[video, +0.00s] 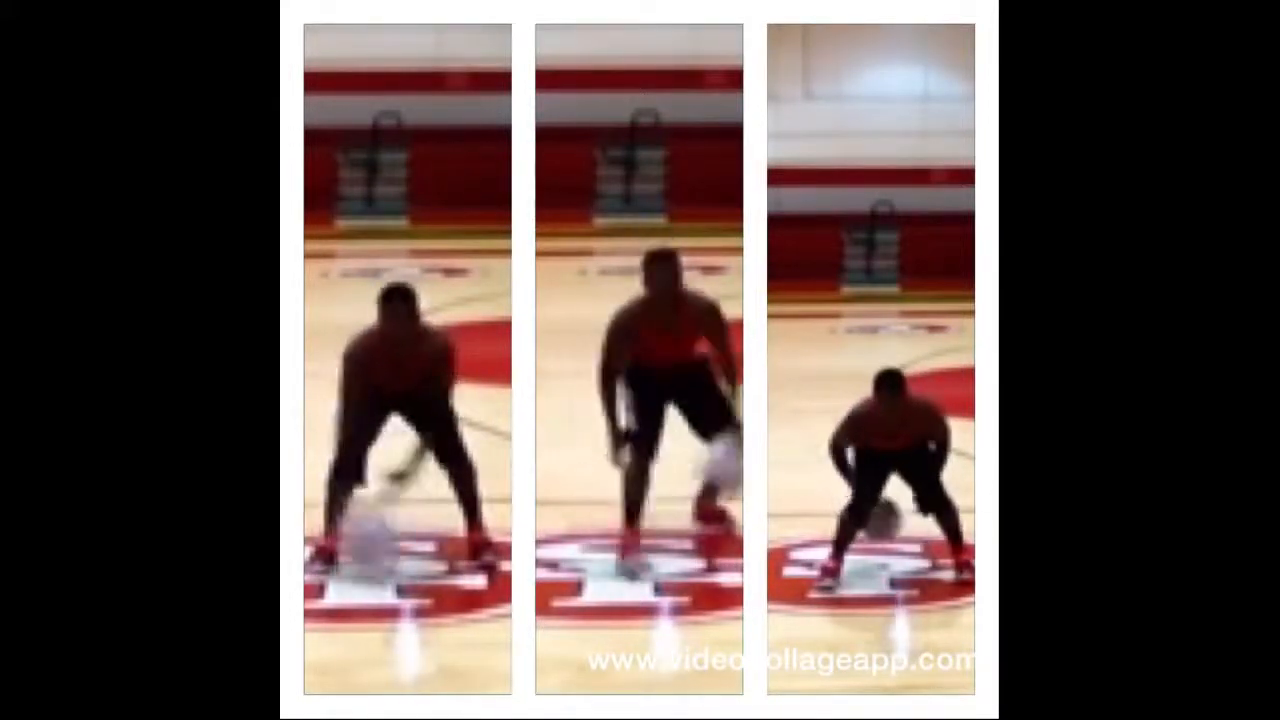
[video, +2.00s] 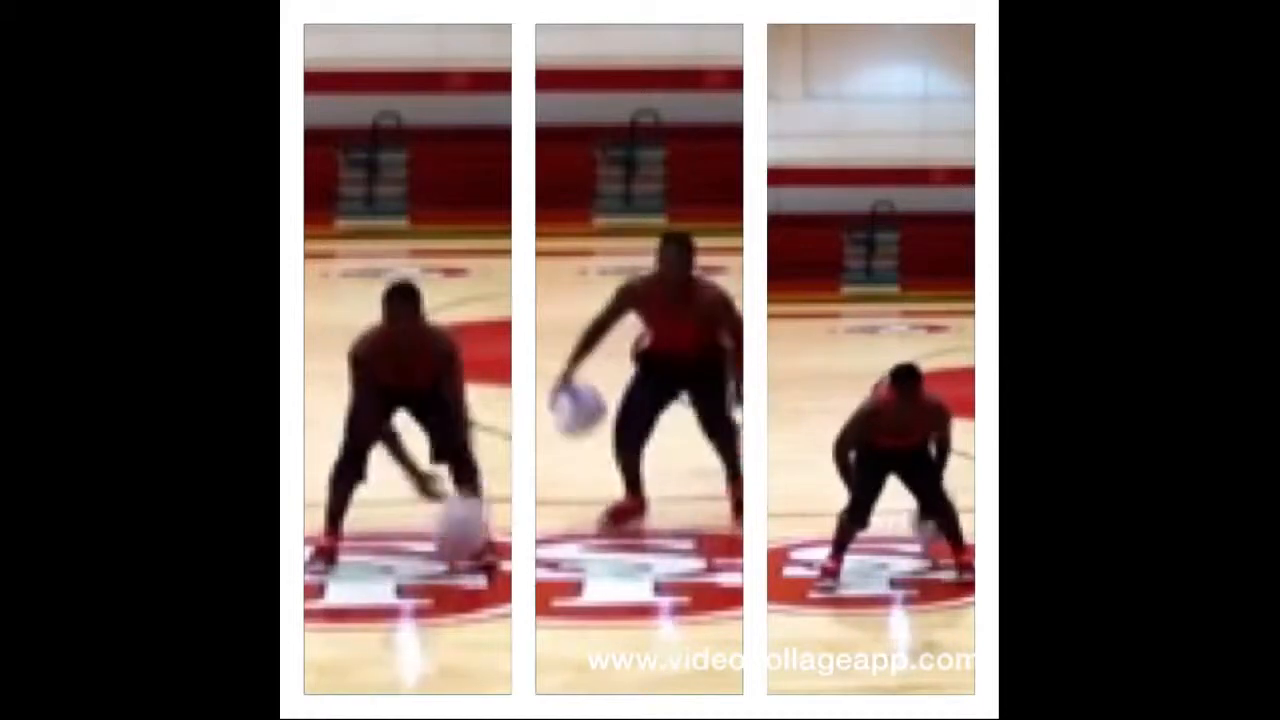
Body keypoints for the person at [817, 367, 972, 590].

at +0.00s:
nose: (891, 408)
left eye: (896, 401)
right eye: (885, 401)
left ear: (905, 395)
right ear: (876, 396)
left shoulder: (924, 412)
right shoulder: (862, 415)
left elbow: (943, 442)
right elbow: (836, 446)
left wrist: (929, 484)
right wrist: (854, 483)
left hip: (912, 453)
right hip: (872, 454)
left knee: (939, 501)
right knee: (860, 506)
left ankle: (960, 556)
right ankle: (834, 561)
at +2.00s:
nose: (906, 403)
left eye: (911, 395)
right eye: (901, 396)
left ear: (920, 391)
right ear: (891, 391)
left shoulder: (934, 410)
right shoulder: (874, 409)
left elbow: (943, 445)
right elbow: (841, 446)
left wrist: (935, 477)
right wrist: (853, 485)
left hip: (913, 455)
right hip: (873, 456)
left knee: (939, 505)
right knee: (858, 509)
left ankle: (961, 557)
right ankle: (834, 560)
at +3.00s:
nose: (906, 402)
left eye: (912, 395)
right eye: (901, 395)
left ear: (920, 390)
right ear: (891, 391)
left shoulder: (937, 408)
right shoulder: (876, 409)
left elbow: (946, 445)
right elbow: (846, 447)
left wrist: (935, 480)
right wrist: (860, 478)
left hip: (920, 453)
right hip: (881, 454)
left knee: (945, 503)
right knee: (864, 508)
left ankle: (962, 557)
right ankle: (835, 560)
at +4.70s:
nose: (900, 407)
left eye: (906, 400)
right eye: (896, 400)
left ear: (915, 395)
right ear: (887, 394)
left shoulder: (933, 413)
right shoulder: (871, 414)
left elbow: (945, 448)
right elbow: (843, 453)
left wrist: (934, 482)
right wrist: (861, 490)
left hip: (916, 455)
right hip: (876, 456)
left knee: (937, 503)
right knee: (860, 505)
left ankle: (962, 556)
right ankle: (833, 559)